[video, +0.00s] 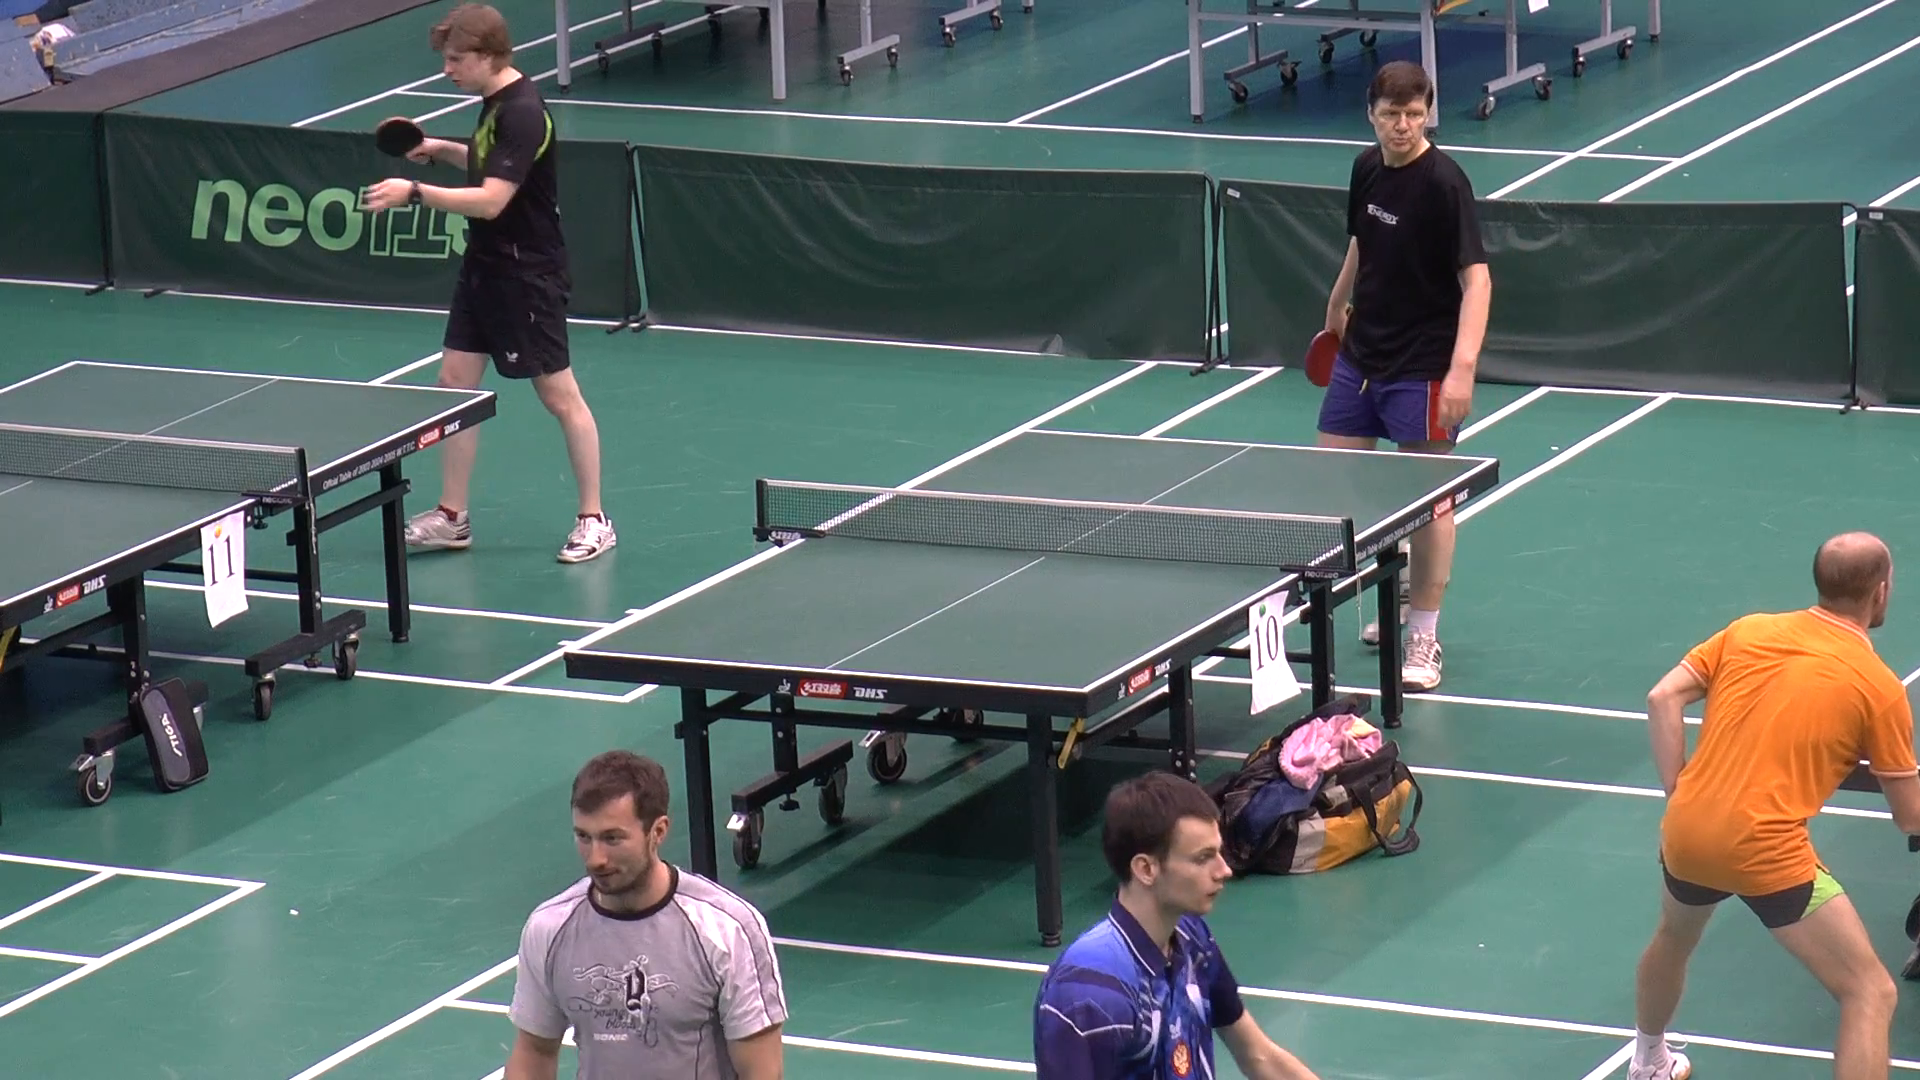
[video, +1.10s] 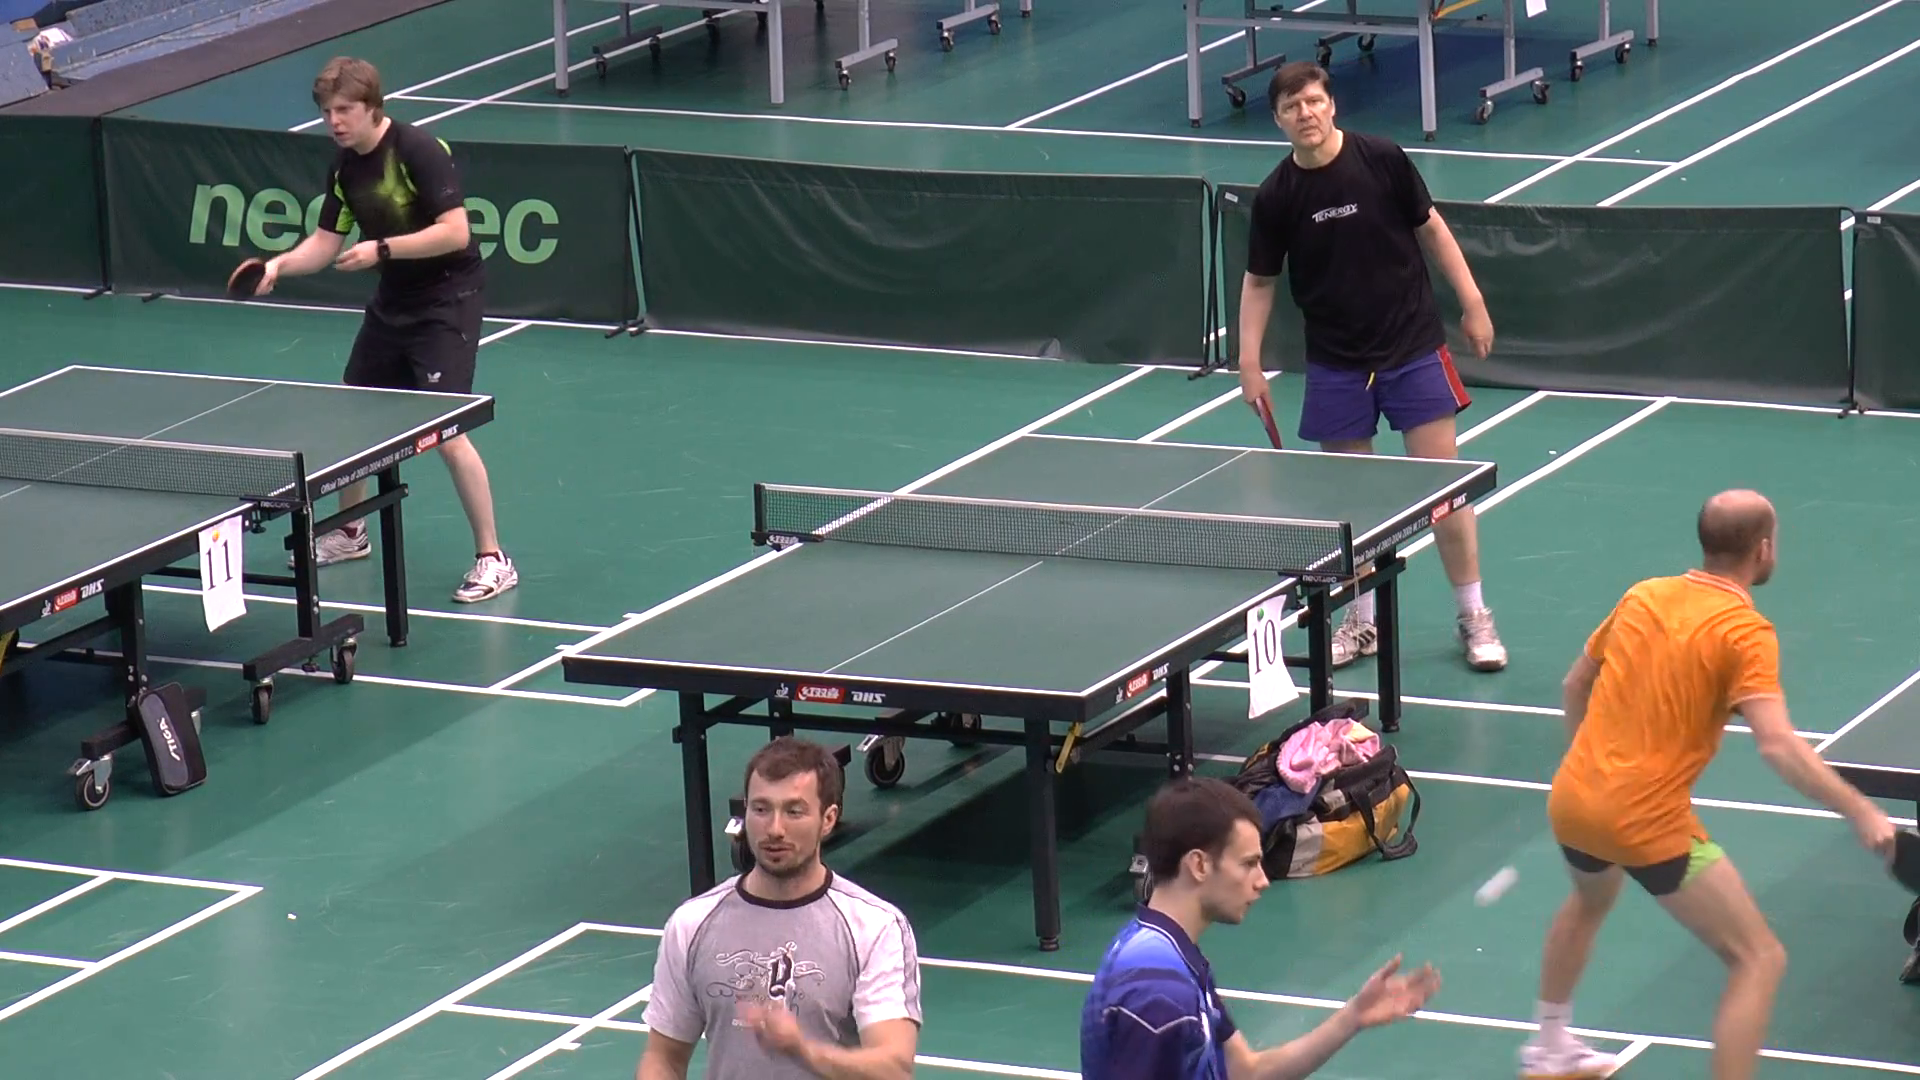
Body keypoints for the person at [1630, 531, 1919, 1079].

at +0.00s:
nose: (1889, 590)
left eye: (1888, 581)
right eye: (1889, 582)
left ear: (1820, 585)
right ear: (1879, 593)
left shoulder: (1747, 629)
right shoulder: (1879, 685)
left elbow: (1664, 696)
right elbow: (1911, 820)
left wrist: (1677, 795)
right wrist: (1875, 766)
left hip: (1685, 832)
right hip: (1766, 849)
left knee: (1671, 941)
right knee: (1870, 991)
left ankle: (1646, 1062)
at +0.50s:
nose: (1876, 571)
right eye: (1876, 564)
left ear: (1806, 574)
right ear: (1871, 574)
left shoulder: (1761, 638)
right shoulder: (1906, 663)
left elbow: (1706, 722)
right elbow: (1909, 797)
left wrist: (1744, 713)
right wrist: (1875, 787)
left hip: (1765, 854)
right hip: (1863, 859)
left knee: (1714, 938)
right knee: (1913, 947)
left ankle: (1675, 1065)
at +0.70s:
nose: (1869, 597)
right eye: (1869, 590)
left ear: (1803, 595)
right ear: (1867, 595)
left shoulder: (1756, 647)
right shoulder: (1899, 674)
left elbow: (1649, 697)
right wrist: (1883, 652)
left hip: (1733, 870)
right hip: (1829, 882)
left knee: (1689, 913)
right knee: (1917, 973)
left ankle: (1655, 1055)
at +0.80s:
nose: (1847, 597)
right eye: (1845, 588)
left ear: (1778, 585)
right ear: (1840, 595)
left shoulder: (1714, 633)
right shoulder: (1861, 657)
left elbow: (1625, 688)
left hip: (1667, 846)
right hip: (1750, 865)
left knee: (1681, 899)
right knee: (1895, 970)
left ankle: (1601, 1038)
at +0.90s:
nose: (1813, 590)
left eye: (1809, 579)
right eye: (1811, 581)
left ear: (1741, 583)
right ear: (1801, 589)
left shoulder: (1674, 631)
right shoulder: (1800, 659)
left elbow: (1607, 690)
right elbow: (1898, 685)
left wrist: (1541, 774)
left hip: (1637, 849)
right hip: (1715, 861)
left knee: (1661, 924)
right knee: (1851, 968)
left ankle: (1587, 1059)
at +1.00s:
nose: (1792, 568)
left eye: (1791, 558)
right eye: (1791, 558)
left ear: (1724, 559)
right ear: (1779, 565)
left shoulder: (1653, 609)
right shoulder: (1763, 636)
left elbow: (1570, 689)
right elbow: (1812, 714)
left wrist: (1537, 784)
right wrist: (1903, 753)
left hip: (1607, 825)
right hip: (1678, 836)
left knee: (1642, 913)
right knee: (1797, 960)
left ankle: (1584, 1058)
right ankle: (1820, 1071)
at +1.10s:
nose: (1775, 547)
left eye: (1772, 537)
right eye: (1774, 539)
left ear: (1705, 543)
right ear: (1761, 548)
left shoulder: (1643, 594)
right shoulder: (1746, 629)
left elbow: (1576, 685)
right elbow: (1776, 745)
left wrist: (1586, 759)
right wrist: (1861, 812)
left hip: (1572, 800)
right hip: (1647, 822)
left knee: (1588, 899)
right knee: (1759, 958)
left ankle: (1549, 1043)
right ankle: (1730, 1070)